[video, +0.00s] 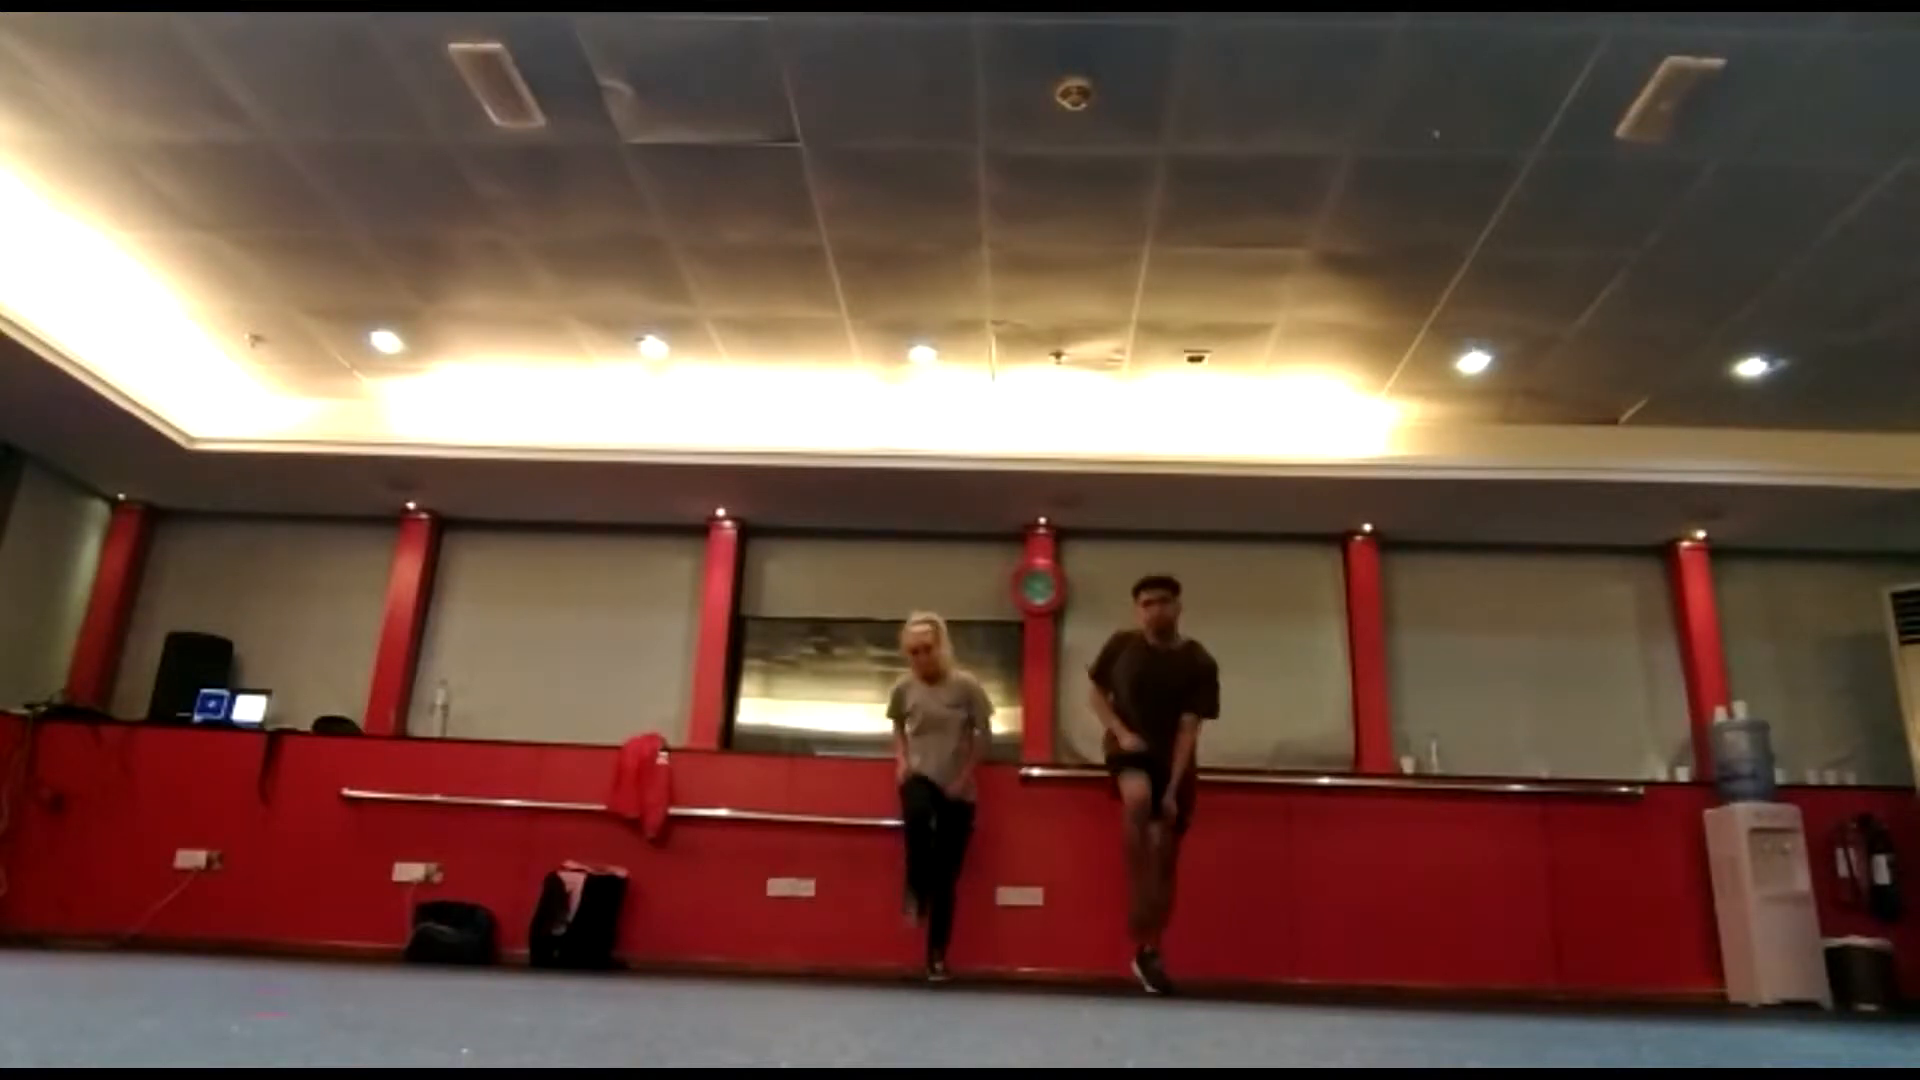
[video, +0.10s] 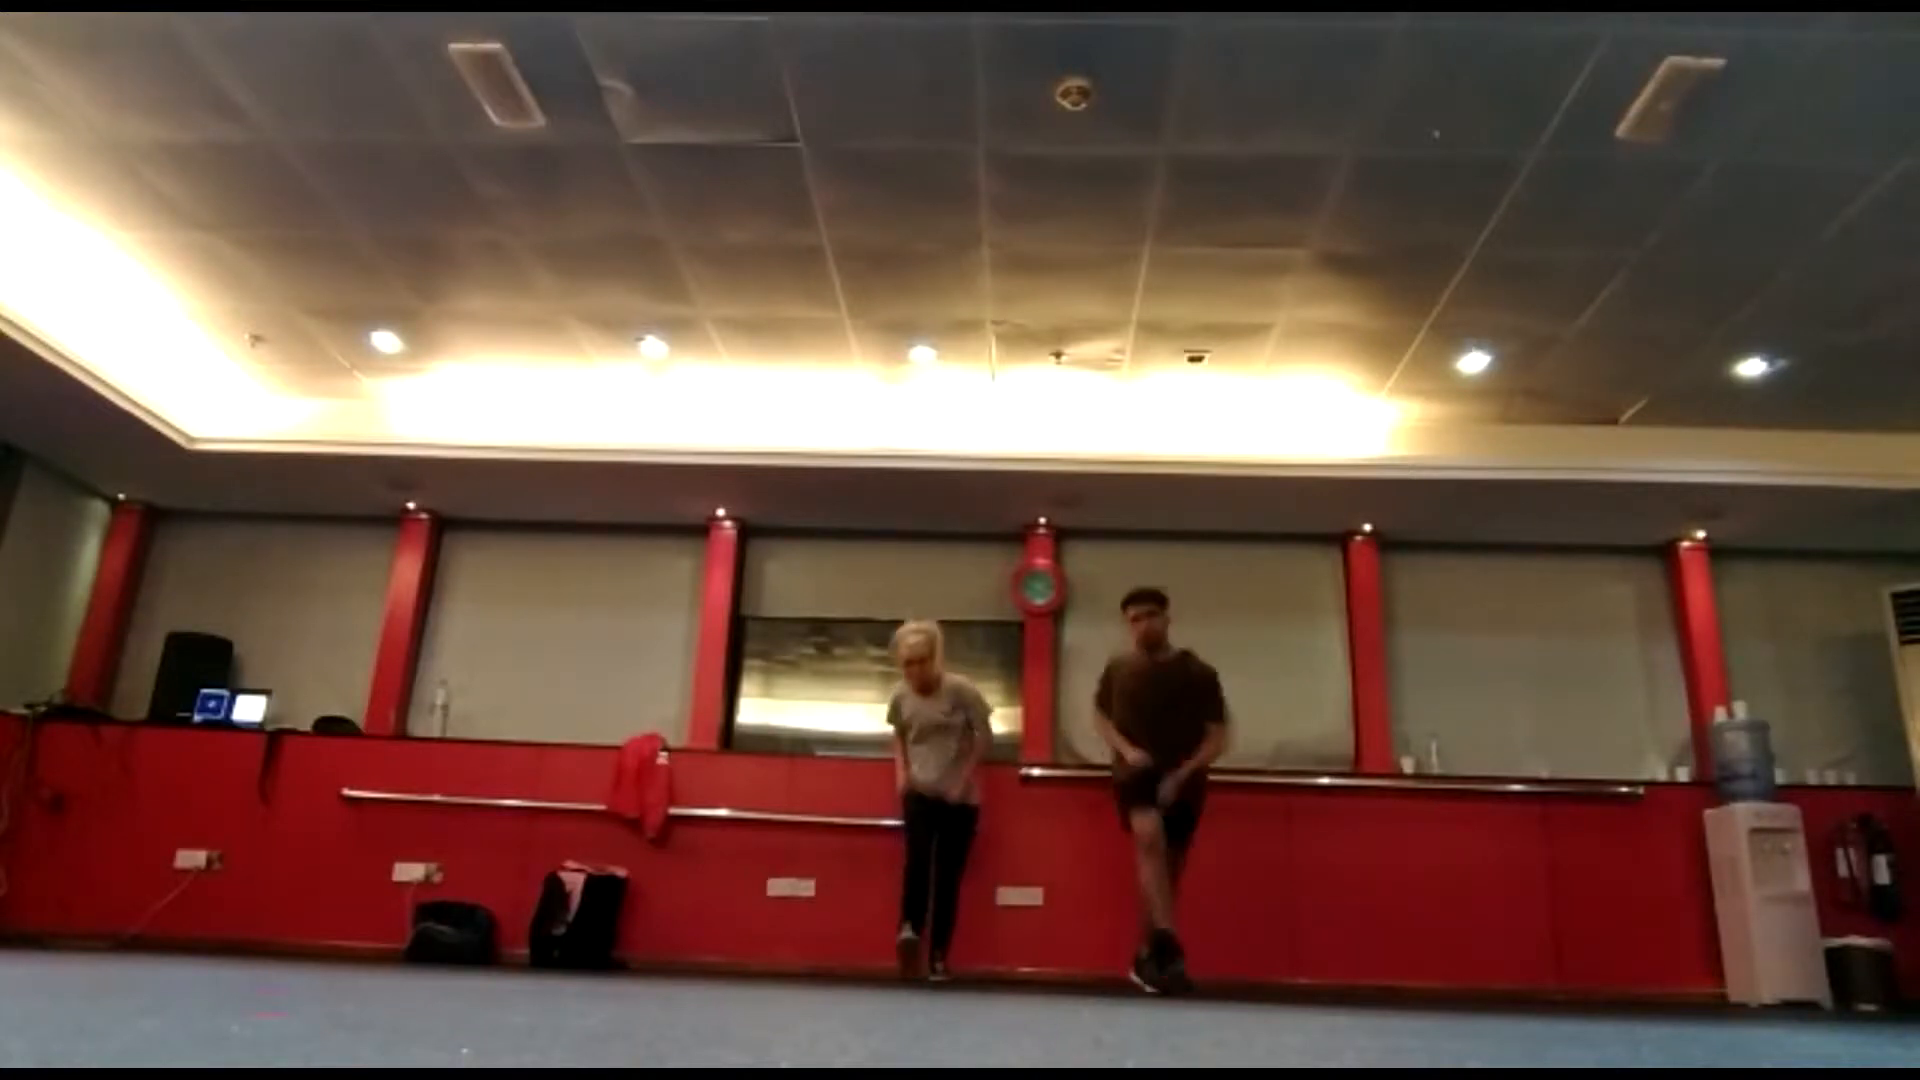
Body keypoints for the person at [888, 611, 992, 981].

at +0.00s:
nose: (921, 658)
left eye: (927, 649)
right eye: (914, 651)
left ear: (941, 647)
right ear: (906, 654)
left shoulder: (967, 688)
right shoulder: (903, 691)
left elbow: (982, 738)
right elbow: (898, 728)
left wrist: (965, 777)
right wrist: (902, 760)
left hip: (955, 786)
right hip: (918, 779)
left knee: (945, 874)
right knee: (917, 817)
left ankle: (937, 955)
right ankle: (917, 890)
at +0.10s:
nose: (915, 671)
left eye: (921, 662)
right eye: (908, 663)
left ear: (936, 659)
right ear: (900, 664)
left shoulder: (962, 693)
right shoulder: (901, 700)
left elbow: (984, 737)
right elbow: (900, 735)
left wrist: (965, 779)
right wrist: (902, 772)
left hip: (957, 797)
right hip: (919, 793)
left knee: (947, 877)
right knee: (916, 866)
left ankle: (939, 956)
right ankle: (910, 929)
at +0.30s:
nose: (906, 683)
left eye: (913, 675)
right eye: (899, 676)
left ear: (926, 676)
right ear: (890, 679)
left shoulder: (947, 710)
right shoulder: (887, 722)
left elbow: (967, 754)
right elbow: (894, 771)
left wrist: (942, 801)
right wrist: (903, 809)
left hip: (955, 814)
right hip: (916, 814)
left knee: (945, 884)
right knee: (910, 884)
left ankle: (936, 946)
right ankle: (908, 953)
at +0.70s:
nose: (920, 650)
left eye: (928, 641)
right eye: (914, 641)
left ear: (939, 644)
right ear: (900, 644)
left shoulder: (952, 684)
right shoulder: (885, 685)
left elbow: (982, 689)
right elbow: (857, 683)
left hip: (944, 789)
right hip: (900, 789)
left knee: (929, 863)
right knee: (904, 869)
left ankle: (923, 938)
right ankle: (907, 950)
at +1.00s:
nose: (922, 657)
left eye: (931, 649)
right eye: (916, 647)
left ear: (942, 652)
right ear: (905, 648)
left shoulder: (951, 698)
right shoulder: (888, 690)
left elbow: (958, 754)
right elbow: (881, 741)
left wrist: (945, 799)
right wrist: (889, 784)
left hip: (929, 795)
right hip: (892, 793)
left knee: (919, 876)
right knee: (901, 875)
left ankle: (916, 955)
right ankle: (910, 949)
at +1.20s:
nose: (929, 617)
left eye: (936, 608)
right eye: (922, 608)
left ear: (951, 611)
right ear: (910, 609)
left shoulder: (955, 673)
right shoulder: (896, 641)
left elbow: (961, 740)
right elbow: (844, 616)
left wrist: (953, 692)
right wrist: (895, 637)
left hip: (933, 782)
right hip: (887, 777)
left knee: (925, 873)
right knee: (878, 863)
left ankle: (920, 957)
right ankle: (923, 831)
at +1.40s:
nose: (886, 628)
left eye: (895, 619)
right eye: (880, 619)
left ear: (914, 621)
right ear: (872, 623)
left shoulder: (929, 666)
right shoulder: (871, 664)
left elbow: (912, 706)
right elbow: (829, 682)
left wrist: (917, 688)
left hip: (945, 789)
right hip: (894, 789)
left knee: (939, 872)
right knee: (847, 866)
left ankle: (935, 958)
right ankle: (815, 954)